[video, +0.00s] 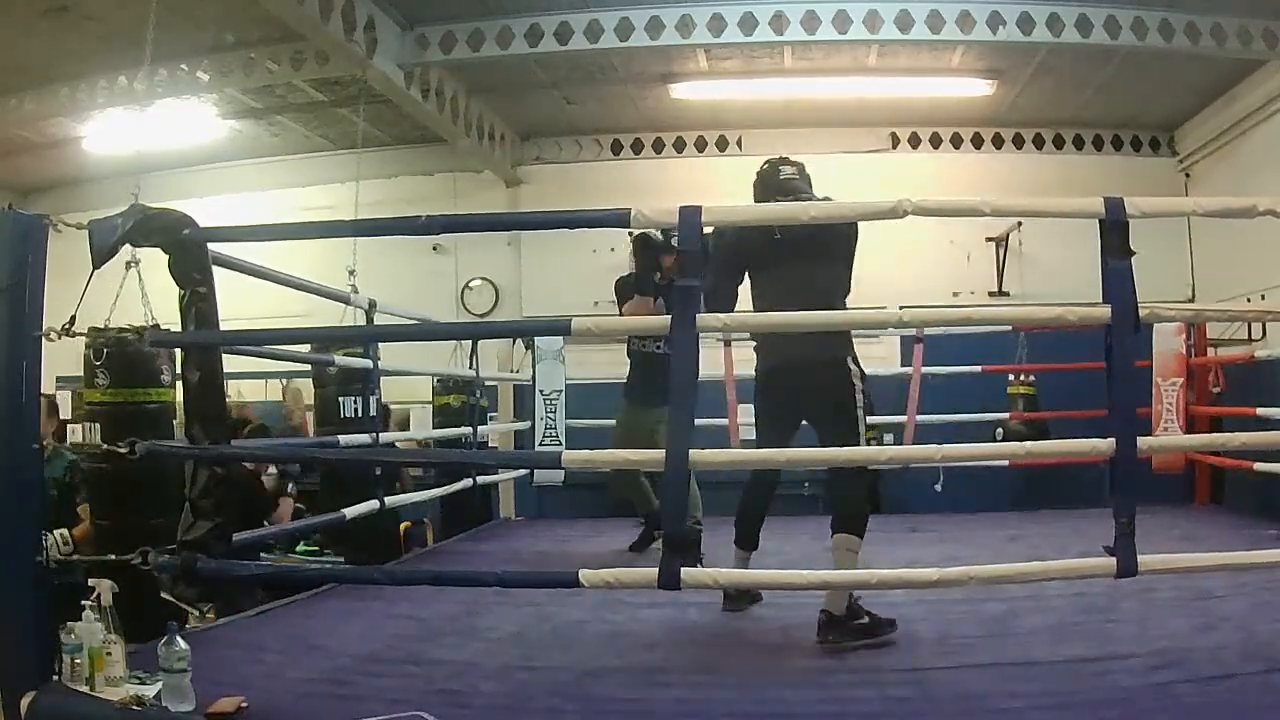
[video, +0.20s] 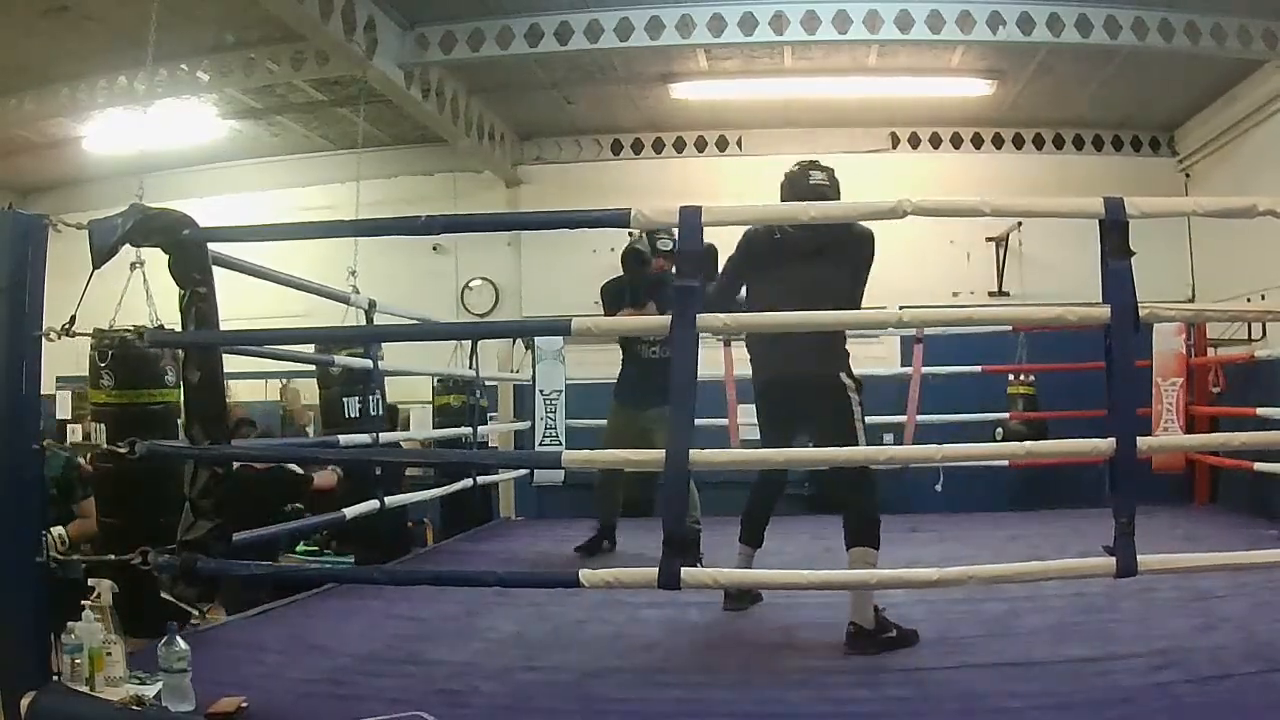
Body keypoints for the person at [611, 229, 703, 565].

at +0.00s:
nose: (679, 261)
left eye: (681, 255)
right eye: (673, 255)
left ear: (682, 258)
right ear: (659, 256)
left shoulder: (685, 288)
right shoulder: (629, 284)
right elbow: (639, 318)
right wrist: (647, 270)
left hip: (674, 396)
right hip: (638, 395)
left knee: (677, 465)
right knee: (622, 464)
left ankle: (690, 538)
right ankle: (653, 518)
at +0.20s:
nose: (661, 267)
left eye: (665, 260)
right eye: (655, 261)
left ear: (671, 262)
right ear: (634, 264)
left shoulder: (676, 291)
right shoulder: (615, 290)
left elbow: (675, 324)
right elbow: (618, 330)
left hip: (667, 394)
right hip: (629, 392)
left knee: (675, 469)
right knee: (610, 462)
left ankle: (689, 543)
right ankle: (605, 533)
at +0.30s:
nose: (637, 274)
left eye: (644, 268)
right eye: (630, 268)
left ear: (656, 268)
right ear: (619, 267)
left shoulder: (672, 297)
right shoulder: (607, 301)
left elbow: (711, 333)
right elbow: (616, 336)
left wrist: (708, 292)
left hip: (663, 402)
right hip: (623, 401)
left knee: (676, 472)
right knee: (602, 468)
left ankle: (691, 549)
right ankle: (599, 538)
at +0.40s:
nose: (645, 270)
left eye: (650, 263)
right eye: (638, 263)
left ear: (657, 263)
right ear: (623, 263)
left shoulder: (669, 295)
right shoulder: (606, 299)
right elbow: (613, 345)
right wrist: (624, 301)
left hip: (663, 401)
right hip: (623, 402)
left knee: (679, 472)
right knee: (604, 468)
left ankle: (712, 551)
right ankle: (599, 538)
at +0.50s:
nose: (653, 269)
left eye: (658, 262)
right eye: (645, 262)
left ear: (665, 262)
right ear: (631, 264)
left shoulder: (679, 295)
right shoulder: (622, 296)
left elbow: (732, 330)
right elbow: (616, 345)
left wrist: (715, 284)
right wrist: (613, 300)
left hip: (676, 412)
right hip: (635, 411)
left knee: (696, 476)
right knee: (605, 466)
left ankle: (722, 548)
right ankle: (602, 533)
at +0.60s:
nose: (654, 267)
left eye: (659, 259)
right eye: (647, 259)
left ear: (669, 258)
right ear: (635, 260)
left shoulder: (682, 287)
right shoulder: (624, 294)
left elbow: (713, 280)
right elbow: (622, 341)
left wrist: (716, 243)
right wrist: (635, 293)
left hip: (690, 388)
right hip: (650, 390)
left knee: (701, 463)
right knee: (612, 460)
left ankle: (728, 544)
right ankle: (623, 532)